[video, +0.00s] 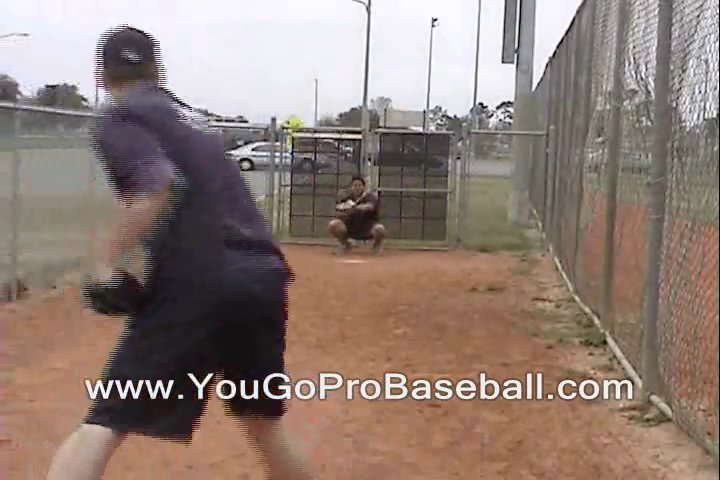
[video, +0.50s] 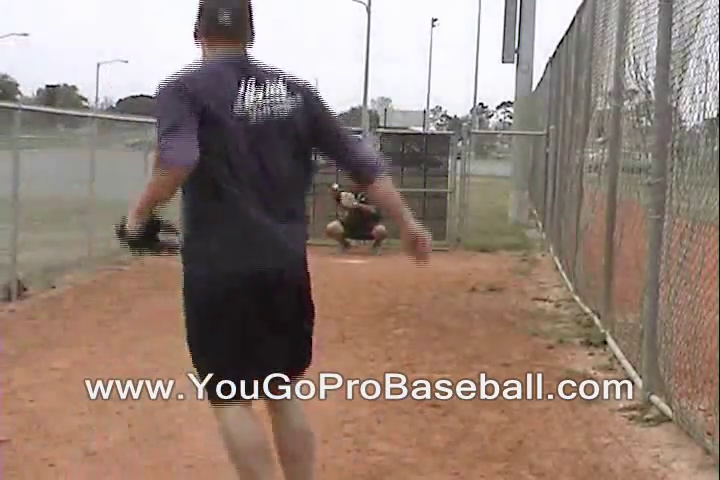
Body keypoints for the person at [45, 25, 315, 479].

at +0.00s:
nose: (98, 77)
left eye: (98, 69)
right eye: (101, 68)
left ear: (103, 74)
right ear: (157, 69)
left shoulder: (120, 121)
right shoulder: (191, 118)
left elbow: (158, 180)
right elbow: (210, 211)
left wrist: (110, 261)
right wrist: (149, 282)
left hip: (197, 280)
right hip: (264, 274)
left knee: (106, 423)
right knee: (266, 423)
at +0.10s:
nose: (141, 79)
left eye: (140, 71)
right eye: (144, 71)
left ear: (145, 76)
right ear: (196, 70)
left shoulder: (169, 127)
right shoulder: (227, 117)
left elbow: (210, 205)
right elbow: (257, 209)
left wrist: (160, 268)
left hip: (223, 302)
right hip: (280, 299)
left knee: (123, 421)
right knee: (252, 429)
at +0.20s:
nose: (166, 43)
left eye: (166, 35)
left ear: (166, 37)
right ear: (220, 30)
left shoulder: (181, 86)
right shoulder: (258, 84)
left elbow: (212, 165)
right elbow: (322, 161)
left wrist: (164, 224)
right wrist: (338, 212)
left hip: (218, 274)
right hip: (285, 273)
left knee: (143, 394)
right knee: (278, 410)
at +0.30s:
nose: (179, 14)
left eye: (179, 10)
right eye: (185, 10)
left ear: (184, 8)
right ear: (234, 8)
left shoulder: (183, 52)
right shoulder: (281, 60)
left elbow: (198, 128)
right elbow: (345, 133)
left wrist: (149, 183)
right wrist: (381, 186)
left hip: (217, 243)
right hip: (287, 244)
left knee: (177, 376)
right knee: (284, 377)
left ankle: (207, 473)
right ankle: (307, 474)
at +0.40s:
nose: (189, 15)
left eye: (188, 11)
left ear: (194, 9)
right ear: (244, 8)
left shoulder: (184, 52)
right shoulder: (294, 63)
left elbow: (190, 123)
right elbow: (359, 135)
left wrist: (141, 185)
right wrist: (400, 189)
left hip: (216, 240)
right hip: (286, 240)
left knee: (212, 379)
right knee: (276, 367)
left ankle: (243, 473)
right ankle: (305, 473)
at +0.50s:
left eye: (197, 33)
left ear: (199, 35)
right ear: (251, 34)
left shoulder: (184, 87)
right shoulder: (294, 89)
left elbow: (179, 161)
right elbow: (361, 160)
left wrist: (141, 209)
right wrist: (406, 219)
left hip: (218, 272)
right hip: (286, 268)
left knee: (230, 400)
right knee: (284, 392)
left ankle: (266, 473)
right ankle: (302, 474)